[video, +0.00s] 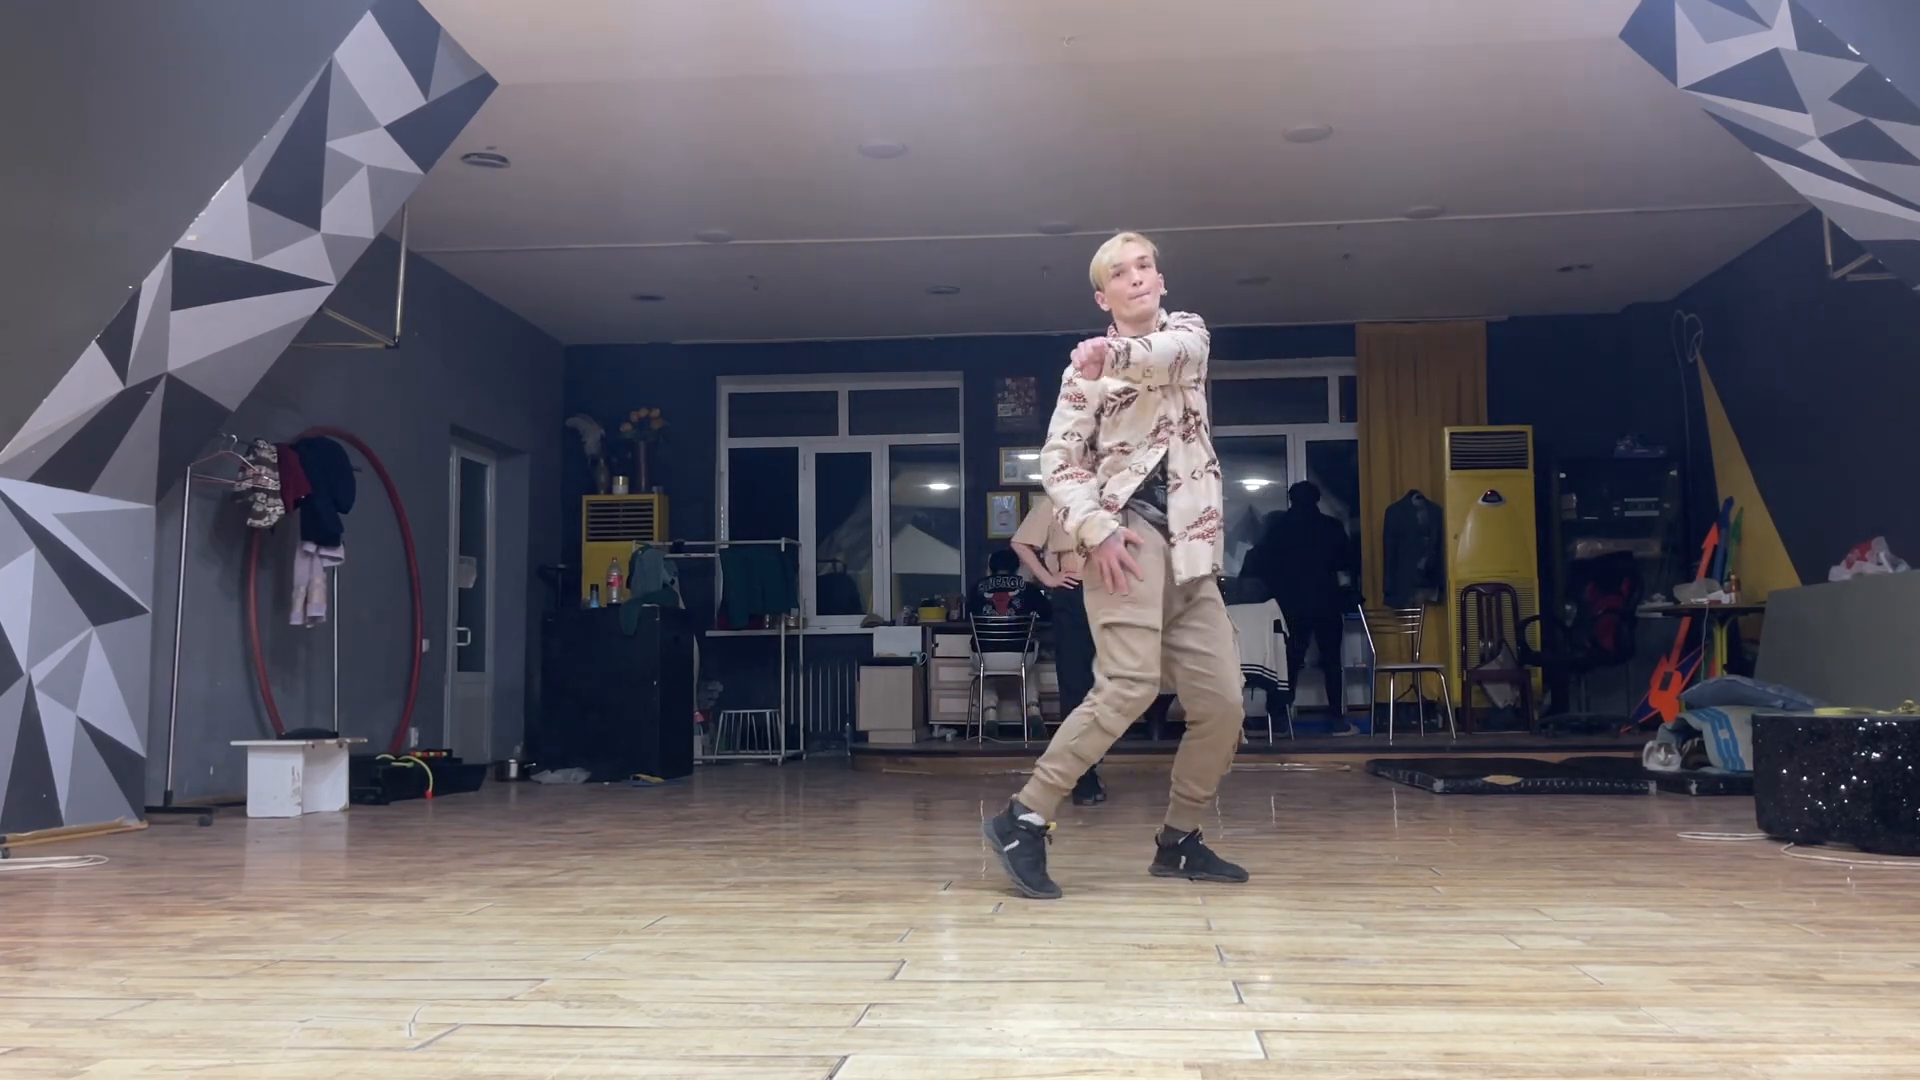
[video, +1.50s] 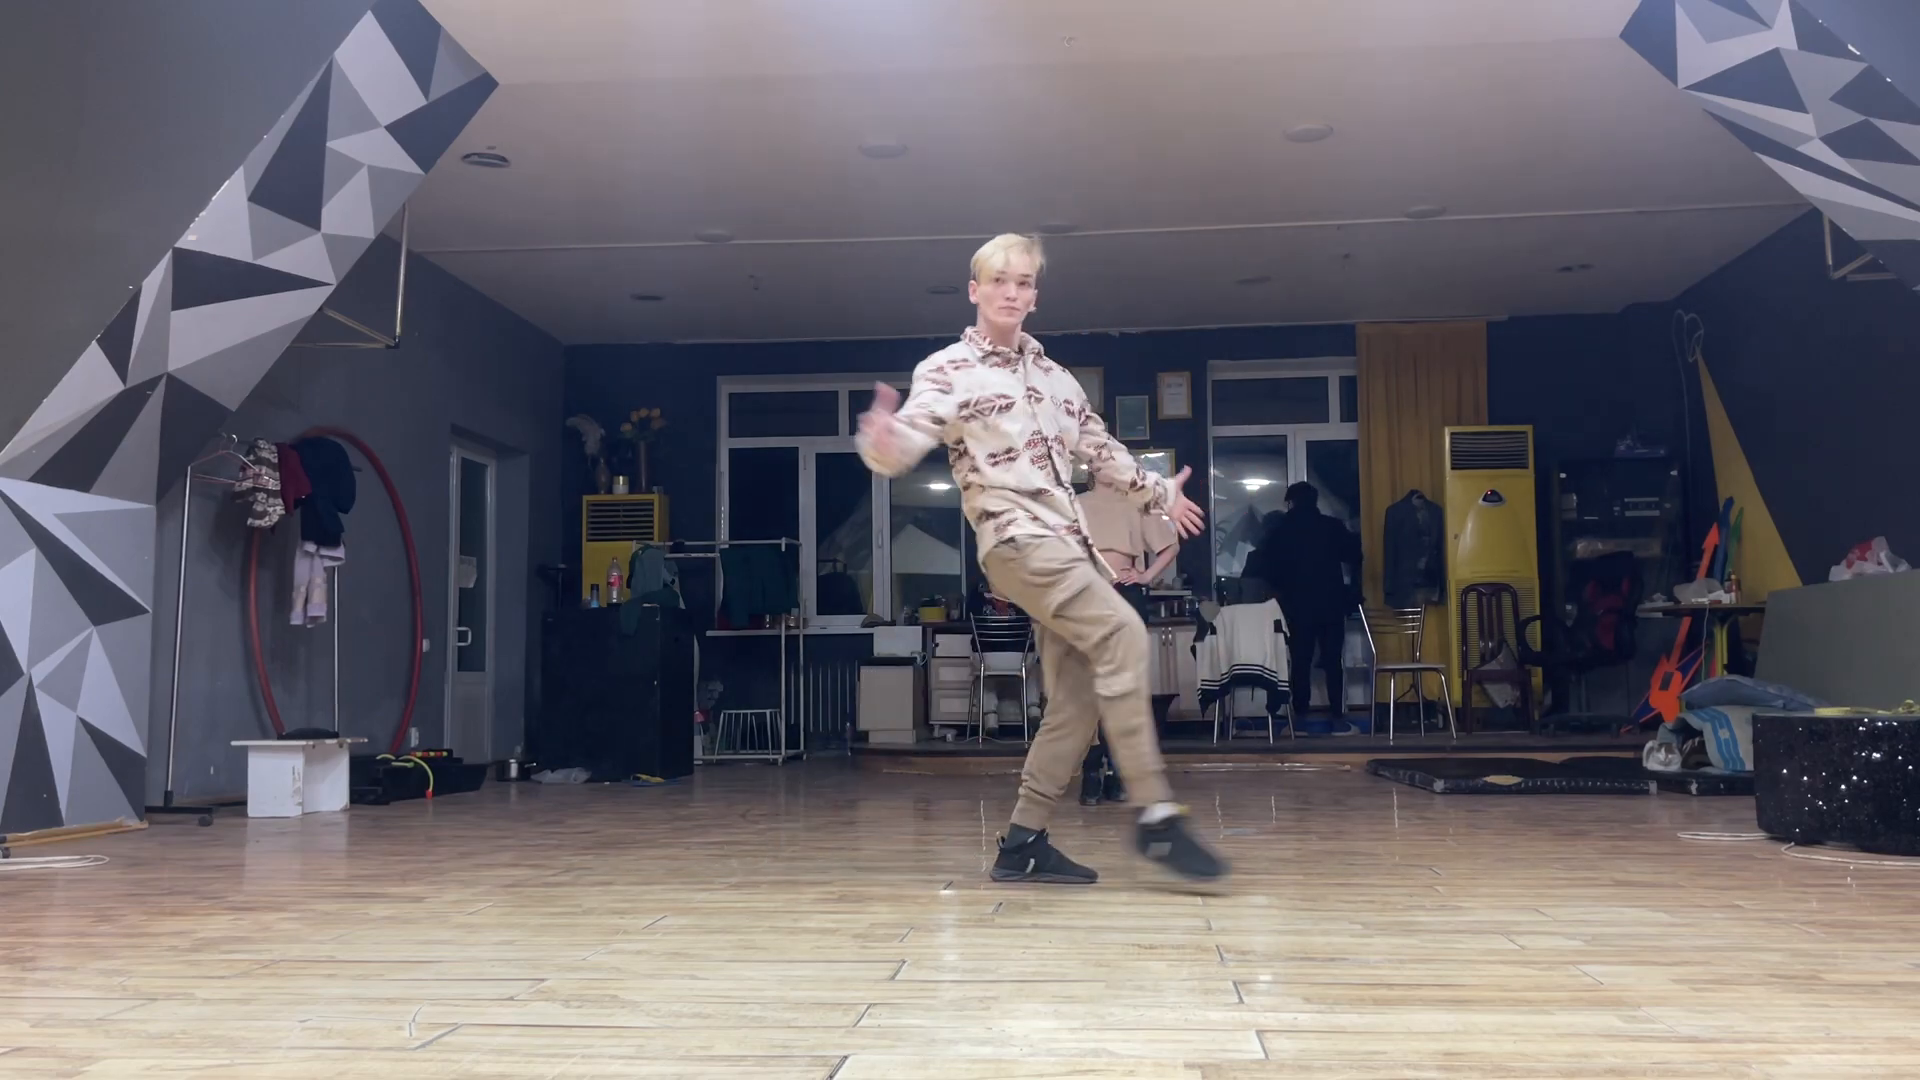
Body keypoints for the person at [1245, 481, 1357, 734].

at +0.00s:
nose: (1307, 503)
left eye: (1299, 498)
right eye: (1310, 498)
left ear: (1291, 500)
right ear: (1316, 500)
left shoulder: (1277, 525)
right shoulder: (1331, 525)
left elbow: (1260, 561)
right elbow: (1346, 561)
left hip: (1289, 603)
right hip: (1325, 602)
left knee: (1289, 660)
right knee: (1331, 662)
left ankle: (1278, 718)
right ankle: (1336, 720)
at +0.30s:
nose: (1317, 506)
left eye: (1314, 500)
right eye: (1325, 500)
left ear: (1307, 501)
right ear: (1331, 501)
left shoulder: (1294, 530)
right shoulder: (1347, 528)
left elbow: (1282, 571)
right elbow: (1359, 563)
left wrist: (1288, 605)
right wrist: (1354, 596)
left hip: (1306, 607)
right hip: (1338, 607)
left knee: (1299, 664)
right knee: (1338, 664)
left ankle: (1291, 718)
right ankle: (1338, 721)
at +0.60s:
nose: (1304, 505)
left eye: (1304, 501)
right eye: (1305, 501)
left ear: (1309, 502)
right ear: (1331, 501)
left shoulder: (1297, 529)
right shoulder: (1348, 527)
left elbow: (1288, 561)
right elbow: (1362, 557)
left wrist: (1288, 597)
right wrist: (1346, 575)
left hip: (1308, 604)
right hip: (1341, 604)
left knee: (1304, 662)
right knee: (1338, 662)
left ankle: (1300, 716)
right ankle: (1338, 719)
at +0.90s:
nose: (1294, 505)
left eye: (1295, 501)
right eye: (1295, 501)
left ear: (1299, 502)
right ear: (1321, 501)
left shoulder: (1288, 529)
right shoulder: (1339, 525)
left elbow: (1273, 566)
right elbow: (1361, 553)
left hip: (1302, 604)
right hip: (1335, 602)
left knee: (1302, 662)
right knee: (1334, 662)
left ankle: (1299, 719)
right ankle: (1337, 720)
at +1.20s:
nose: (1285, 507)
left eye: (1285, 503)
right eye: (1285, 503)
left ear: (1289, 502)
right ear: (1311, 500)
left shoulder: (1279, 530)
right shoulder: (1332, 526)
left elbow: (1268, 568)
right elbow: (1355, 555)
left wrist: (1277, 593)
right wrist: (1355, 592)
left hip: (1296, 604)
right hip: (1329, 601)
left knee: (1299, 662)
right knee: (1333, 662)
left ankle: (1299, 718)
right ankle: (1337, 719)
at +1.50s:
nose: (1288, 506)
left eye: (1289, 502)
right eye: (1289, 502)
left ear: (1291, 502)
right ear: (1315, 501)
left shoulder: (1280, 529)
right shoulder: (1333, 526)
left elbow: (1264, 566)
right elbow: (1355, 556)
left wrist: (1278, 592)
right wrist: (1355, 593)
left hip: (1296, 603)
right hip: (1330, 601)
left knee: (1300, 661)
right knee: (1333, 661)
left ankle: (1300, 716)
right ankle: (1337, 718)